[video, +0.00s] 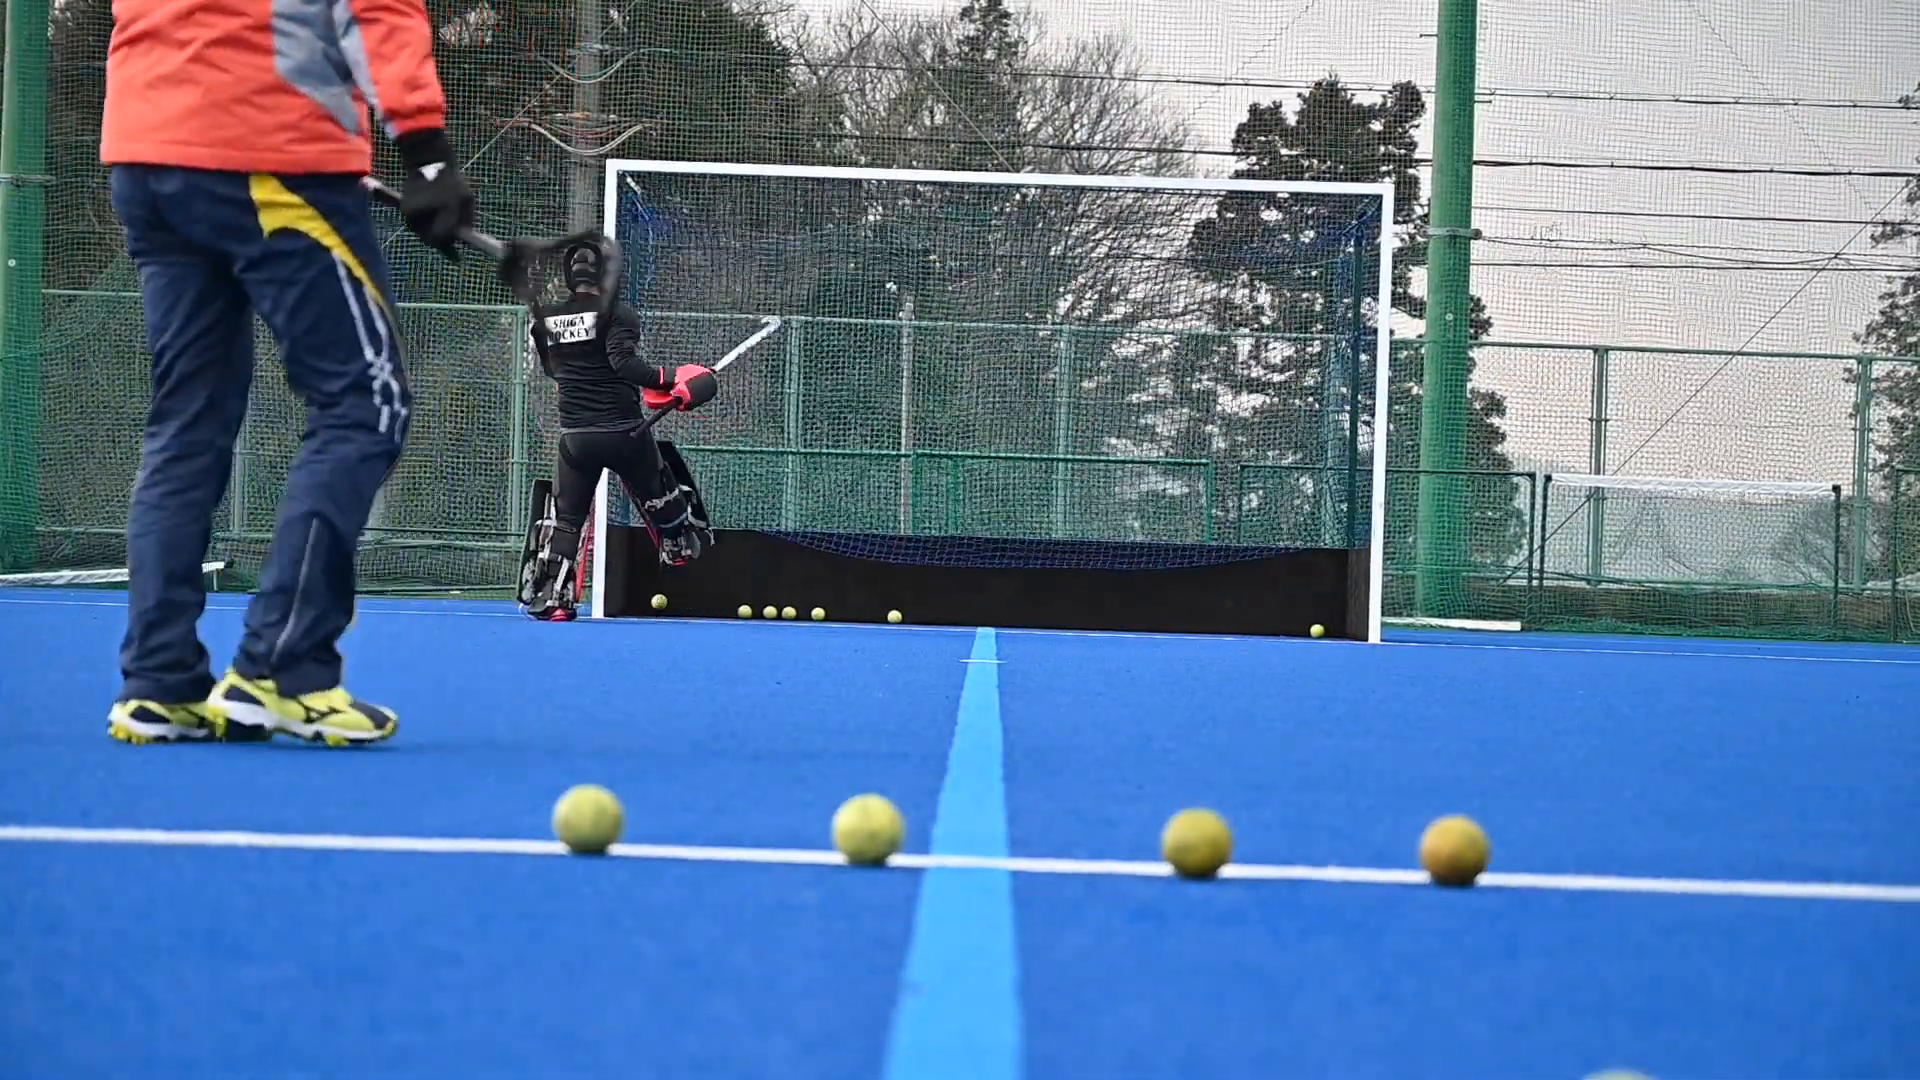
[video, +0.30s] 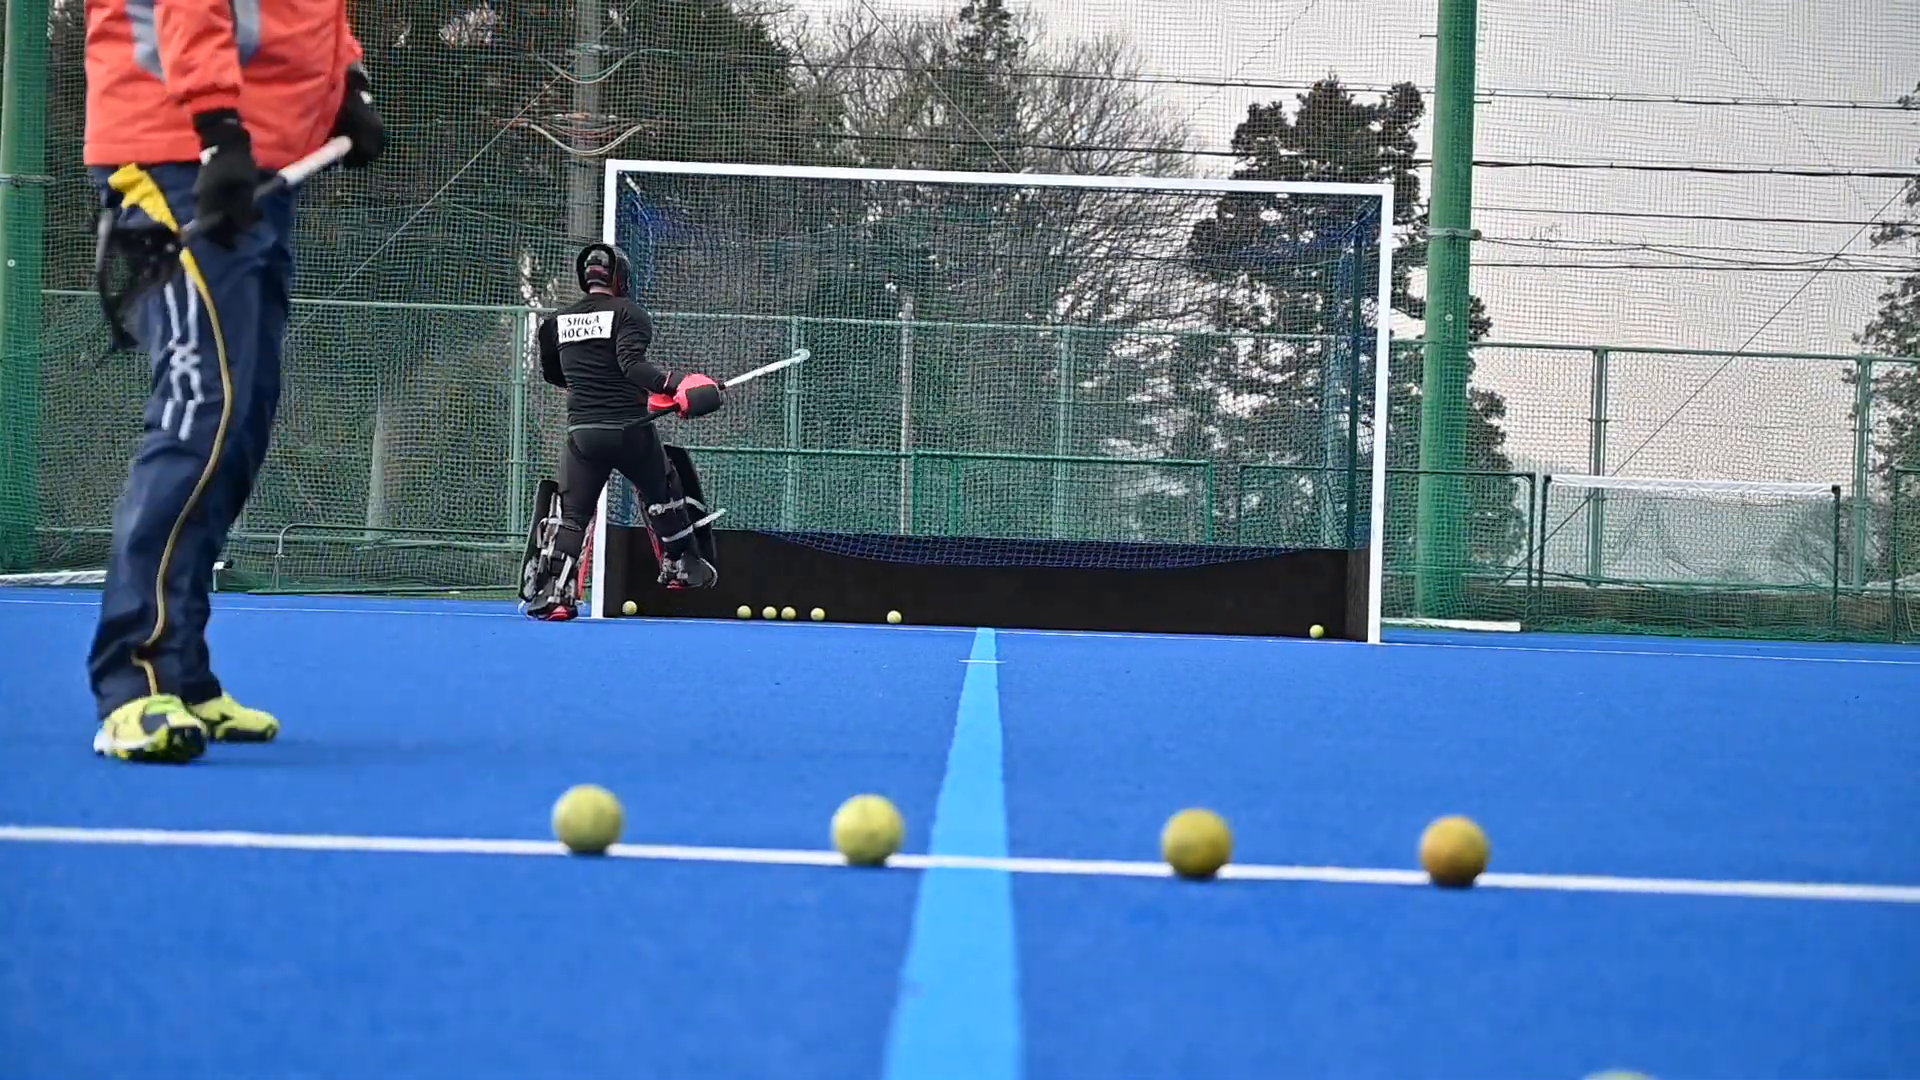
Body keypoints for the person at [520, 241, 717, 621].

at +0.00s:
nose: (618, 279)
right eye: (613, 270)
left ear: (570, 277)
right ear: (607, 275)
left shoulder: (547, 318)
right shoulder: (618, 312)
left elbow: (550, 367)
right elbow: (623, 362)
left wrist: (588, 371)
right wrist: (667, 378)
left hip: (576, 437)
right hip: (625, 433)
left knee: (567, 518)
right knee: (655, 495)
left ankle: (551, 598)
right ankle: (679, 545)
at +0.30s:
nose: (598, 271)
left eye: (601, 268)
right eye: (621, 275)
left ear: (586, 280)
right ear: (619, 279)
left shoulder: (558, 319)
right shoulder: (629, 312)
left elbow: (552, 373)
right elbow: (631, 365)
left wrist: (592, 380)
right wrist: (676, 380)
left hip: (584, 433)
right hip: (632, 431)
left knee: (572, 514)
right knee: (659, 495)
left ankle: (551, 593)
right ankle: (682, 563)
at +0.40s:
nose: (645, 287)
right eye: (642, 281)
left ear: (601, 283)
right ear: (635, 283)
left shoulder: (573, 321)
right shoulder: (645, 317)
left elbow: (558, 375)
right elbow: (651, 372)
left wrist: (585, 395)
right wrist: (697, 384)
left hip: (592, 436)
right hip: (638, 437)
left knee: (578, 516)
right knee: (661, 513)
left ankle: (554, 592)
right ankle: (670, 593)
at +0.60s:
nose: (683, 290)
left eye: (682, 283)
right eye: (680, 283)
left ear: (640, 284)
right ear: (670, 285)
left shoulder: (614, 321)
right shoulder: (682, 323)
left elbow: (600, 380)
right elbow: (709, 376)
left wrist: (591, 424)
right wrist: (751, 378)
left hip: (625, 439)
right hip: (669, 441)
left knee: (609, 514)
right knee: (675, 527)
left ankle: (577, 562)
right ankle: (668, 604)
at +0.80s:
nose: (711, 283)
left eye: (708, 276)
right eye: (706, 277)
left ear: (669, 280)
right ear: (696, 280)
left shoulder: (645, 317)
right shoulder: (709, 319)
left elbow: (630, 375)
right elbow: (747, 370)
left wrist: (607, 417)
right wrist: (788, 364)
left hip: (650, 435)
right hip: (690, 436)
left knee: (655, 508)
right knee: (681, 522)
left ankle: (619, 581)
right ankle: (666, 601)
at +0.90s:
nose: (722, 284)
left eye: (720, 278)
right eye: (718, 278)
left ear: (681, 281)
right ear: (708, 281)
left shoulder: (657, 317)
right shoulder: (722, 322)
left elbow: (641, 375)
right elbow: (757, 371)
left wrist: (617, 417)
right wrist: (797, 362)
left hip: (661, 436)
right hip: (700, 436)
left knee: (679, 512)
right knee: (687, 522)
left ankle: (658, 591)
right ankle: (664, 602)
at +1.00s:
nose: (734, 286)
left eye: (732, 280)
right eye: (730, 280)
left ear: (695, 284)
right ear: (718, 284)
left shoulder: (672, 320)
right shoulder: (732, 324)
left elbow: (654, 379)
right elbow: (775, 369)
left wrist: (634, 424)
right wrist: (814, 357)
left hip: (674, 434)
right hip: (709, 435)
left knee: (718, 510)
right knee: (689, 520)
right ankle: (665, 599)